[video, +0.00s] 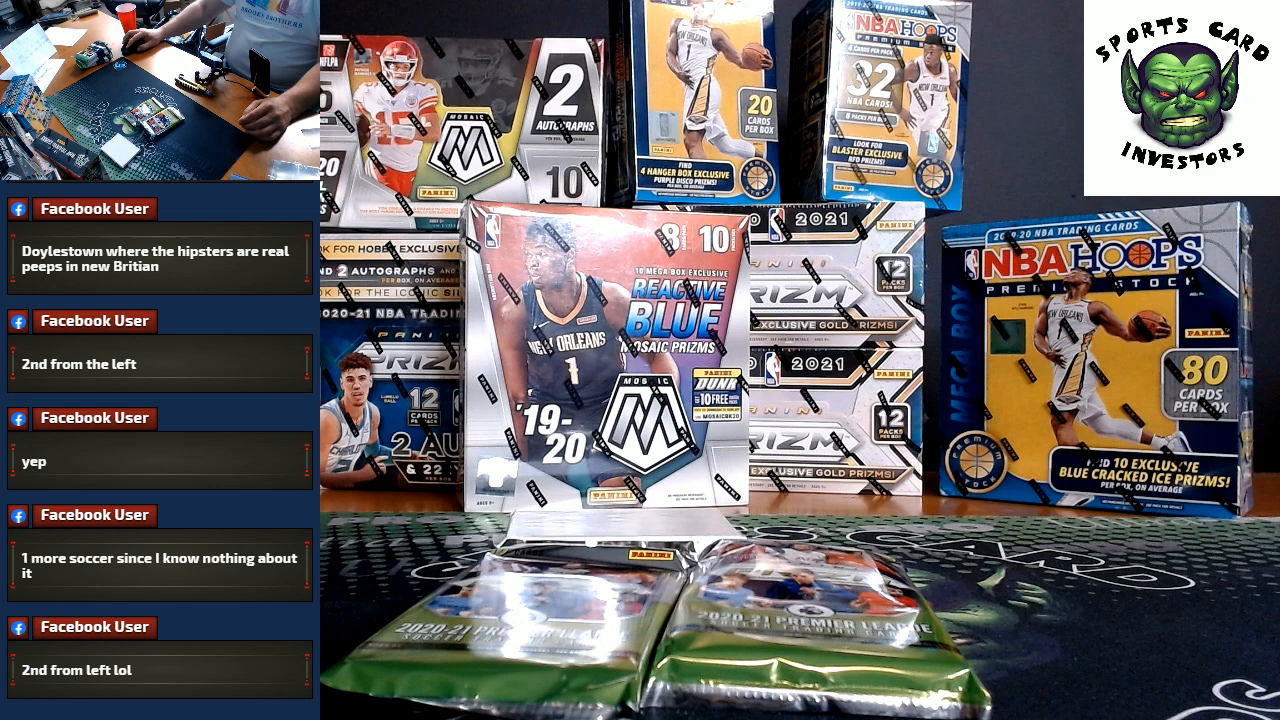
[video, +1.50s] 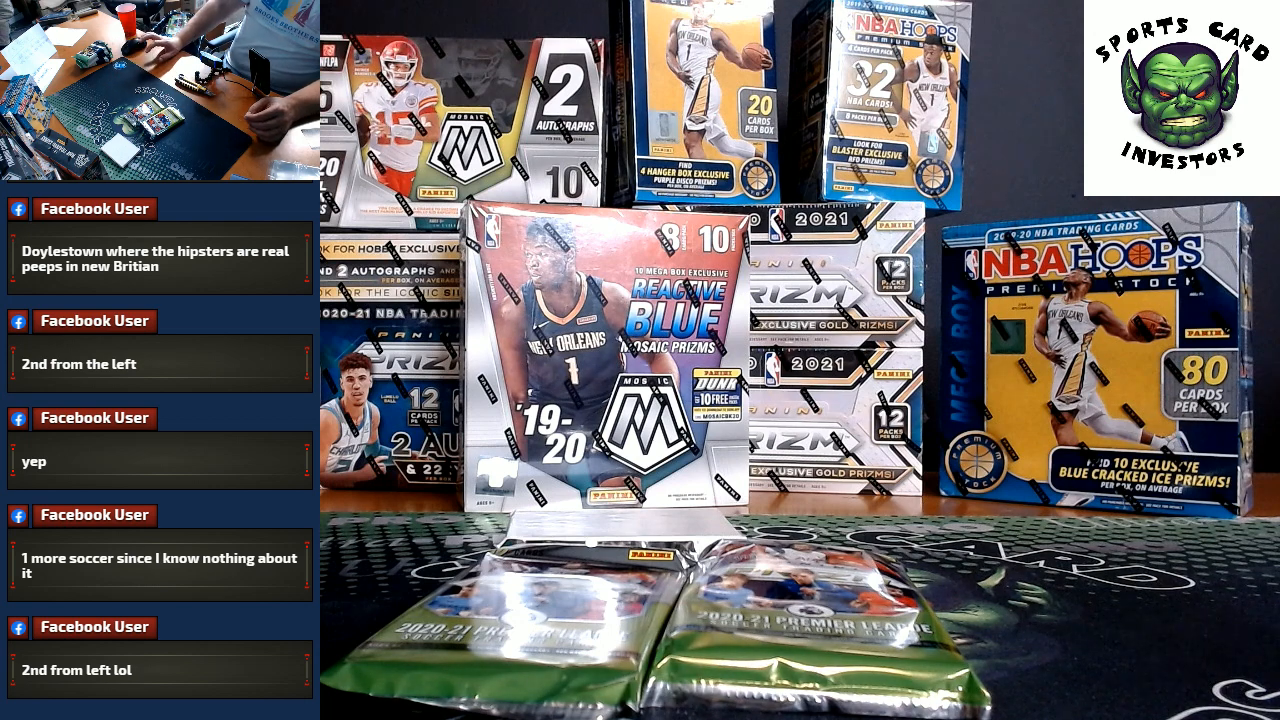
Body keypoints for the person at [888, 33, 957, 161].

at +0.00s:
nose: (928, 52)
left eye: (933, 49)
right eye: (926, 47)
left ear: (941, 52)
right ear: (923, 49)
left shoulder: (949, 71)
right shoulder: (913, 69)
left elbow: (956, 94)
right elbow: (886, 83)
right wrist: (900, 111)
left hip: (940, 117)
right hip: (918, 119)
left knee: (940, 155)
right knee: (923, 155)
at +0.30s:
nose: (929, 52)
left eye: (933, 48)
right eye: (926, 47)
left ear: (941, 51)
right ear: (923, 49)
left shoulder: (949, 70)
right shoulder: (913, 69)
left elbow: (955, 93)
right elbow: (886, 83)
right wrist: (900, 111)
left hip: (940, 116)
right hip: (918, 118)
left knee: (940, 154)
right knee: (923, 154)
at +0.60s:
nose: (929, 52)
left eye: (933, 48)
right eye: (926, 47)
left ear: (941, 51)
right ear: (923, 49)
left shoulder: (949, 70)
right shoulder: (913, 69)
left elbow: (956, 94)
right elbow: (886, 83)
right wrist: (900, 111)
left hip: (940, 117)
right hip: (918, 119)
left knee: (940, 155)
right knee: (923, 155)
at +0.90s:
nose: (928, 53)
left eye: (933, 50)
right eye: (926, 48)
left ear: (941, 52)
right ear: (923, 49)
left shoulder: (949, 71)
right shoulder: (913, 69)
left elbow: (955, 94)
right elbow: (886, 83)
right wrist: (900, 111)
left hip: (940, 117)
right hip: (918, 119)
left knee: (940, 154)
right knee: (923, 155)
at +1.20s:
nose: (928, 53)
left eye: (933, 49)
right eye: (926, 48)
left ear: (941, 52)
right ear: (923, 49)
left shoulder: (949, 71)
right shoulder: (913, 69)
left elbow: (955, 94)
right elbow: (886, 83)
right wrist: (900, 111)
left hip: (940, 117)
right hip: (918, 119)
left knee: (940, 154)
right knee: (923, 155)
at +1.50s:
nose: (929, 53)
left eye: (933, 49)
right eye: (926, 48)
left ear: (941, 52)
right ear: (923, 49)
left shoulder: (949, 71)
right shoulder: (913, 69)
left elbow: (956, 94)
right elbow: (886, 83)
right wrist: (900, 111)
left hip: (940, 117)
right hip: (918, 119)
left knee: (940, 154)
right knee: (923, 155)